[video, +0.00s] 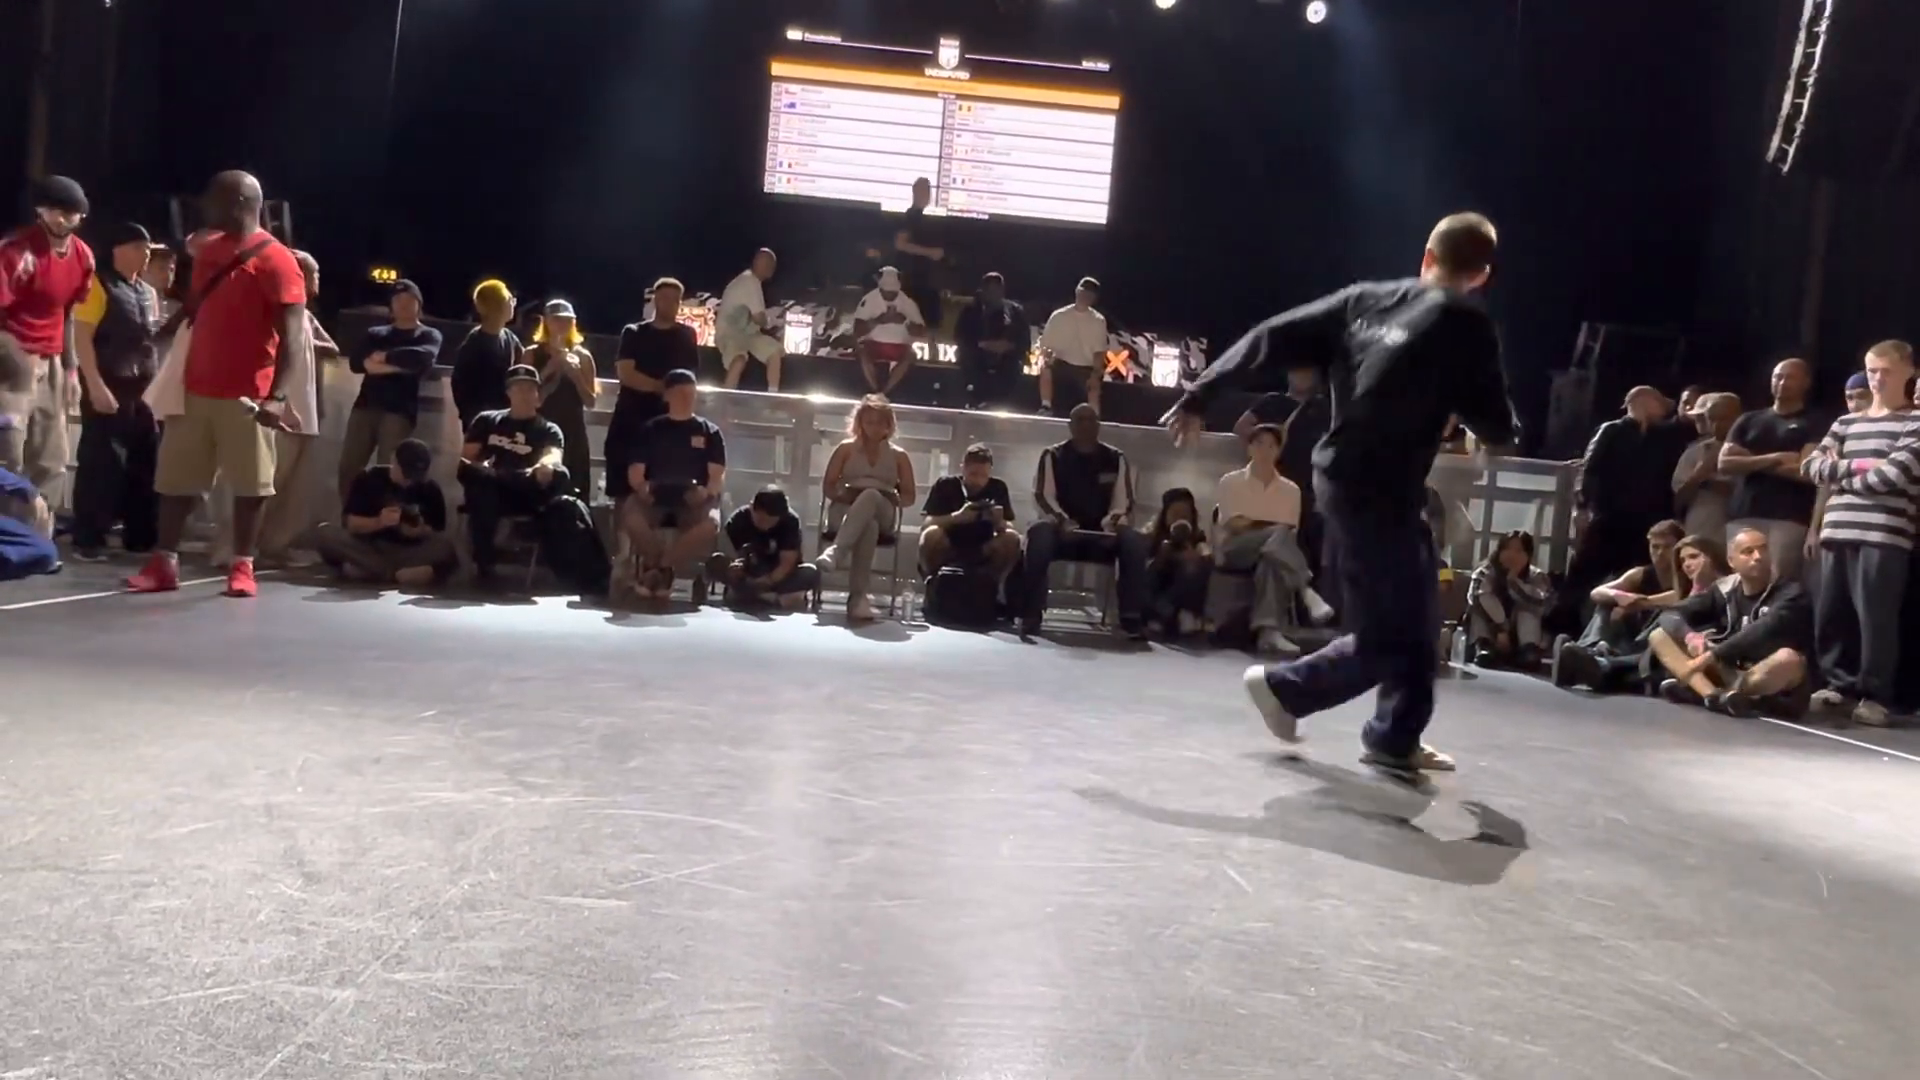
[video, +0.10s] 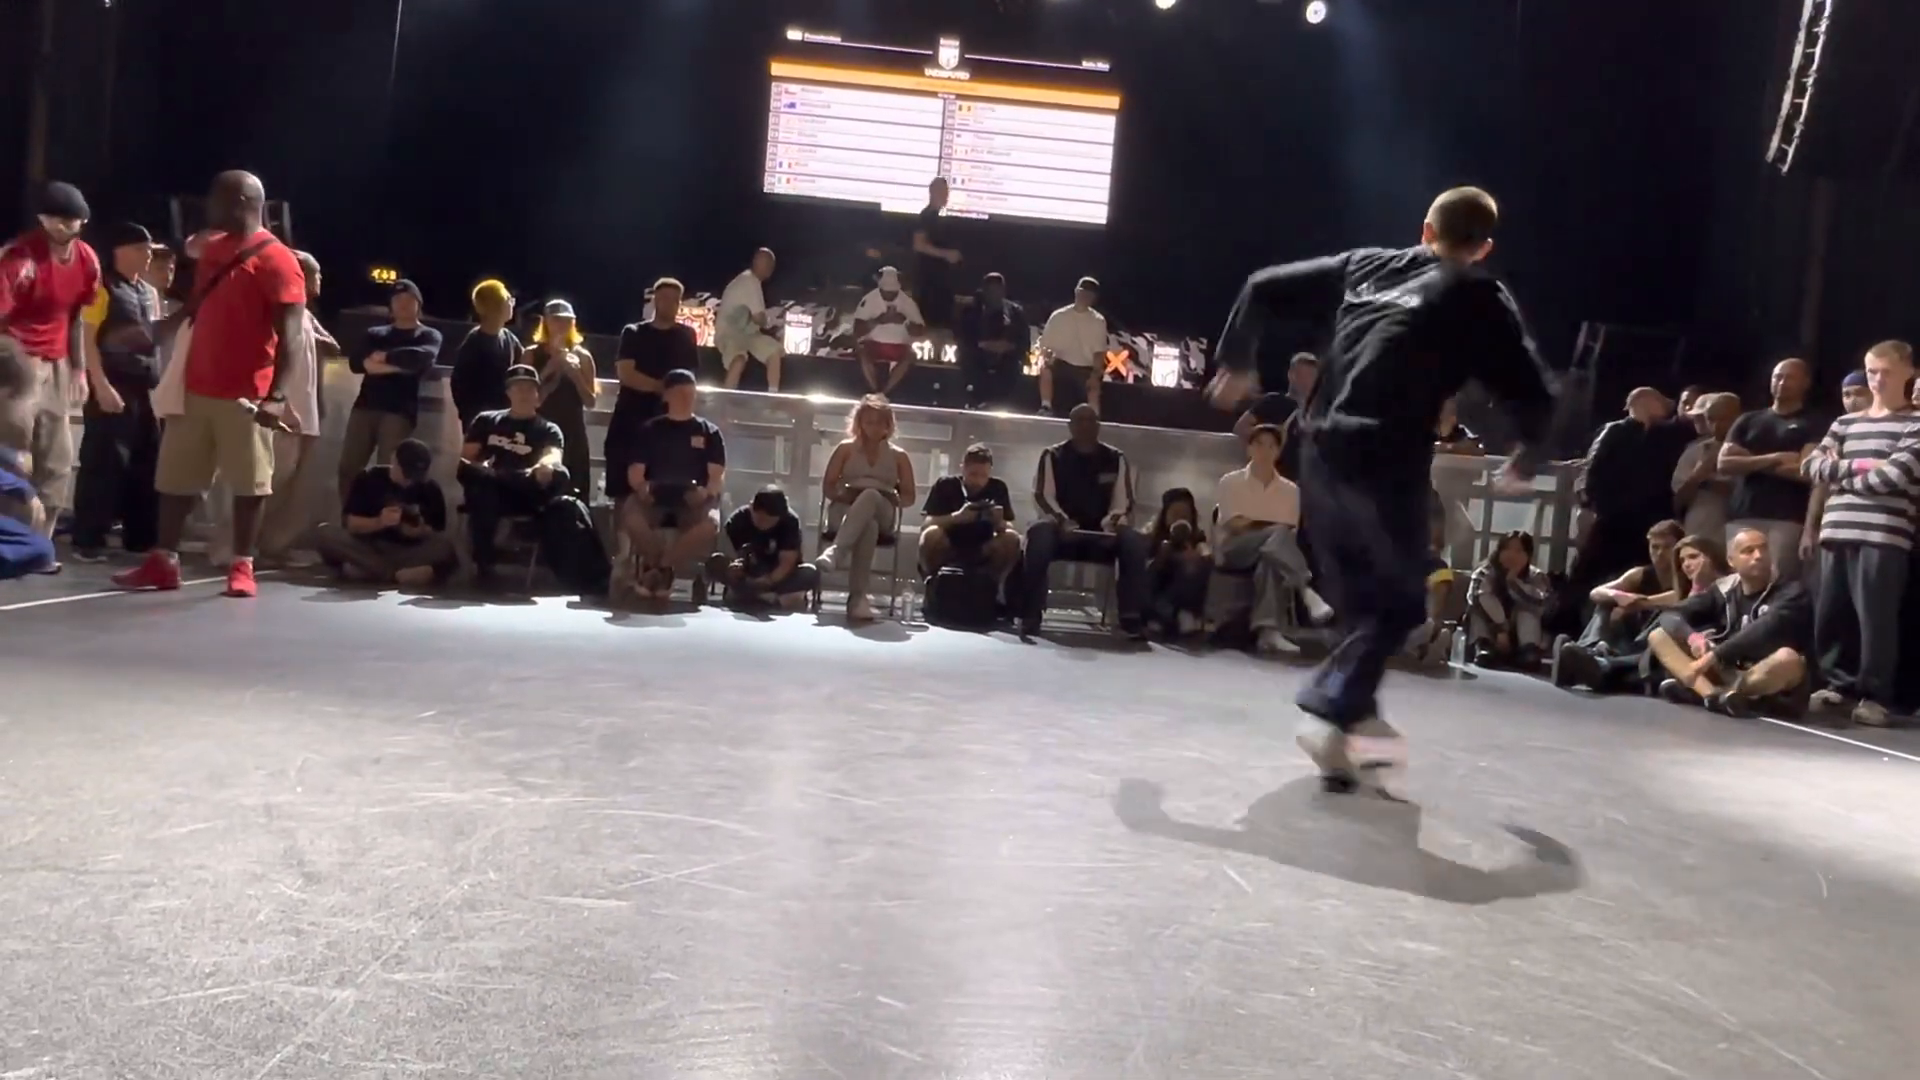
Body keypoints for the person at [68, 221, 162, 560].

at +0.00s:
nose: (145, 256)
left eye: (147, 249)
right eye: (139, 249)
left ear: (145, 254)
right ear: (118, 250)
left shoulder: (148, 292)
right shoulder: (98, 288)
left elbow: (151, 340)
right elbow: (82, 338)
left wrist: (156, 387)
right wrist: (96, 386)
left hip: (144, 387)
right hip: (108, 386)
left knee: (143, 463)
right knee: (100, 462)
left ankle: (140, 535)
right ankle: (89, 536)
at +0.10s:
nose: (147, 257)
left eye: (148, 250)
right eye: (140, 249)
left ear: (146, 255)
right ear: (119, 252)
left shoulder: (149, 292)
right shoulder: (102, 291)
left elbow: (154, 337)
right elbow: (88, 340)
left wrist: (159, 382)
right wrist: (101, 385)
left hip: (146, 386)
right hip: (112, 386)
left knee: (144, 462)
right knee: (104, 461)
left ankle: (141, 536)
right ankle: (90, 536)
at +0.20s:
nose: (148, 258)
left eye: (150, 251)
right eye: (141, 250)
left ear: (149, 256)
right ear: (120, 253)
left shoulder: (153, 294)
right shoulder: (105, 292)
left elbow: (164, 339)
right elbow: (93, 341)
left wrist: (166, 381)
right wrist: (106, 384)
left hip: (152, 386)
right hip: (117, 385)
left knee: (146, 464)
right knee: (106, 461)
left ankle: (142, 536)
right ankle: (90, 536)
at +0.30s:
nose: (153, 257)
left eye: (154, 251)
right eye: (145, 251)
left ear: (154, 256)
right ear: (125, 255)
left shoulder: (159, 293)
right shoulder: (111, 292)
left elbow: (175, 336)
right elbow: (95, 339)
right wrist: (110, 385)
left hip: (157, 386)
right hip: (121, 386)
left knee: (149, 465)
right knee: (109, 462)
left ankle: (143, 536)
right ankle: (91, 535)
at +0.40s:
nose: (154, 257)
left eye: (156, 250)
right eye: (145, 250)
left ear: (161, 255)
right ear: (125, 254)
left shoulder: (165, 293)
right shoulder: (111, 289)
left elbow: (177, 340)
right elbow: (98, 336)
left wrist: (173, 380)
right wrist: (112, 384)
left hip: (158, 387)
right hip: (120, 387)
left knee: (150, 464)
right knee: (110, 461)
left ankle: (143, 536)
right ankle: (92, 535)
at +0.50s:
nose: (156, 254)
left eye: (158, 248)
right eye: (147, 248)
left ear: (162, 253)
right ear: (127, 253)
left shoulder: (166, 292)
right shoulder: (113, 288)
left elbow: (174, 338)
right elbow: (101, 338)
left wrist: (168, 381)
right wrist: (115, 385)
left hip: (156, 389)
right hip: (119, 389)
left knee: (150, 465)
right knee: (109, 464)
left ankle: (143, 536)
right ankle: (91, 536)